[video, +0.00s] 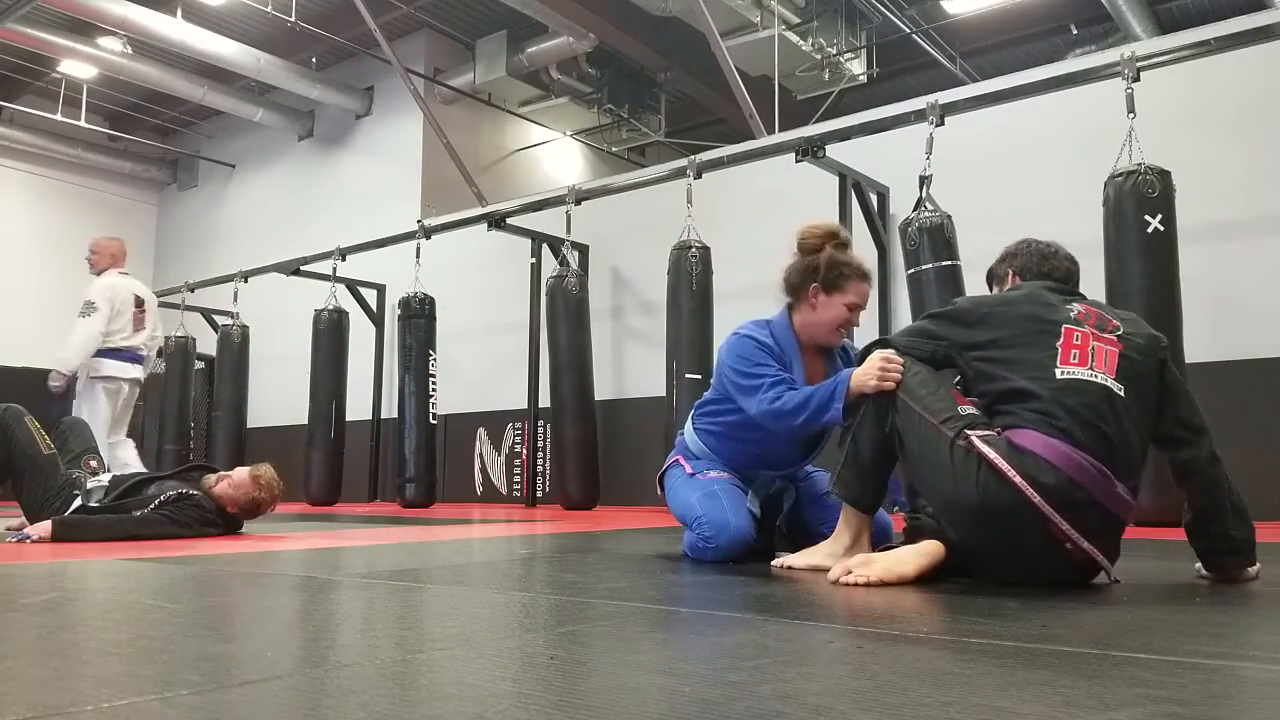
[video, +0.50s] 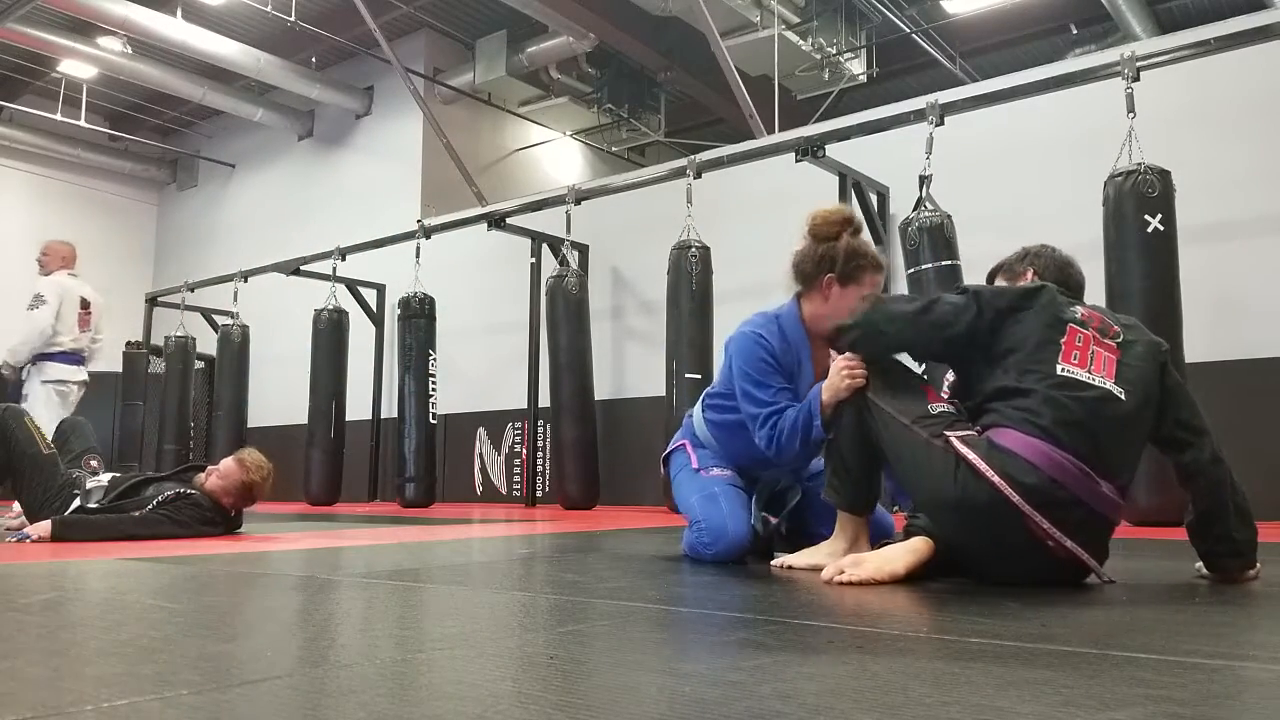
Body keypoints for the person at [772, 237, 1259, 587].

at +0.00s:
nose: (991, 303)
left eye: (993, 294)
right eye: (993, 296)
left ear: (1012, 282)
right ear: (1072, 285)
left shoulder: (999, 304)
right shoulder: (1145, 339)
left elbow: (888, 352)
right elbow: (1198, 458)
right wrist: (1230, 559)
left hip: (994, 501)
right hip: (1071, 560)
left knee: (896, 371)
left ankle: (846, 535)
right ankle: (924, 548)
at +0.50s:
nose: (992, 306)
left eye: (998, 295)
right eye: (993, 296)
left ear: (1029, 280)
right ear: (1080, 292)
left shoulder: (1015, 302)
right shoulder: (1148, 349)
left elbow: (880, 319)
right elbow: (1204, 462)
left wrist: (844, 343)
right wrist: (1230, 560)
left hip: (974, 502)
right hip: (1060, 561)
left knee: (862, 370)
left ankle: (846, 538)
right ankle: (913, 550)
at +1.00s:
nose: (1027, 296)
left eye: (1032, 285)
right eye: (1028, 286)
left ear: (1065, 272)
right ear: (1110, 281)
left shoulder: (1046, 303)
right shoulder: (1179, 346)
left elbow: (933, 374)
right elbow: (1231, 461)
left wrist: (862, 339)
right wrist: (1234, 566)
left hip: (976, 492)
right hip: (1056, 558)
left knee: (892, 384)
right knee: (970, 541)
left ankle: (852, 535)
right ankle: (914, 549)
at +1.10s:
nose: (1034, 299)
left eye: (1038, 288)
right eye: (1035, 289)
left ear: (1070, 274)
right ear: (1120, 281)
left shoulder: (1052, 303)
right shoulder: (1193, 342)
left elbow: (928, 383)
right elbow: (1241, 466)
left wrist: (871, 340)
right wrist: (1235, 566)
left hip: (982, 484)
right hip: (1065, 557)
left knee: (916, 399)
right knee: (975, 541)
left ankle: (854, 533)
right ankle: (921, 547)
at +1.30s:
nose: (1050, 321)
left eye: (1052, 311)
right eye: (1050, 313)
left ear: (1073, 291)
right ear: (1130, 286)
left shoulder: (1074, 306)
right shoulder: (1227, 325)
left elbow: (954, 377)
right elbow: (1264, 436)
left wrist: (892, 324)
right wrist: (1252, 558)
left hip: (1108, 476)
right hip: (1205, 545)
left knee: (976, 408)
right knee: (1058, 517)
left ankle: (863, 535)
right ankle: (942, 557)